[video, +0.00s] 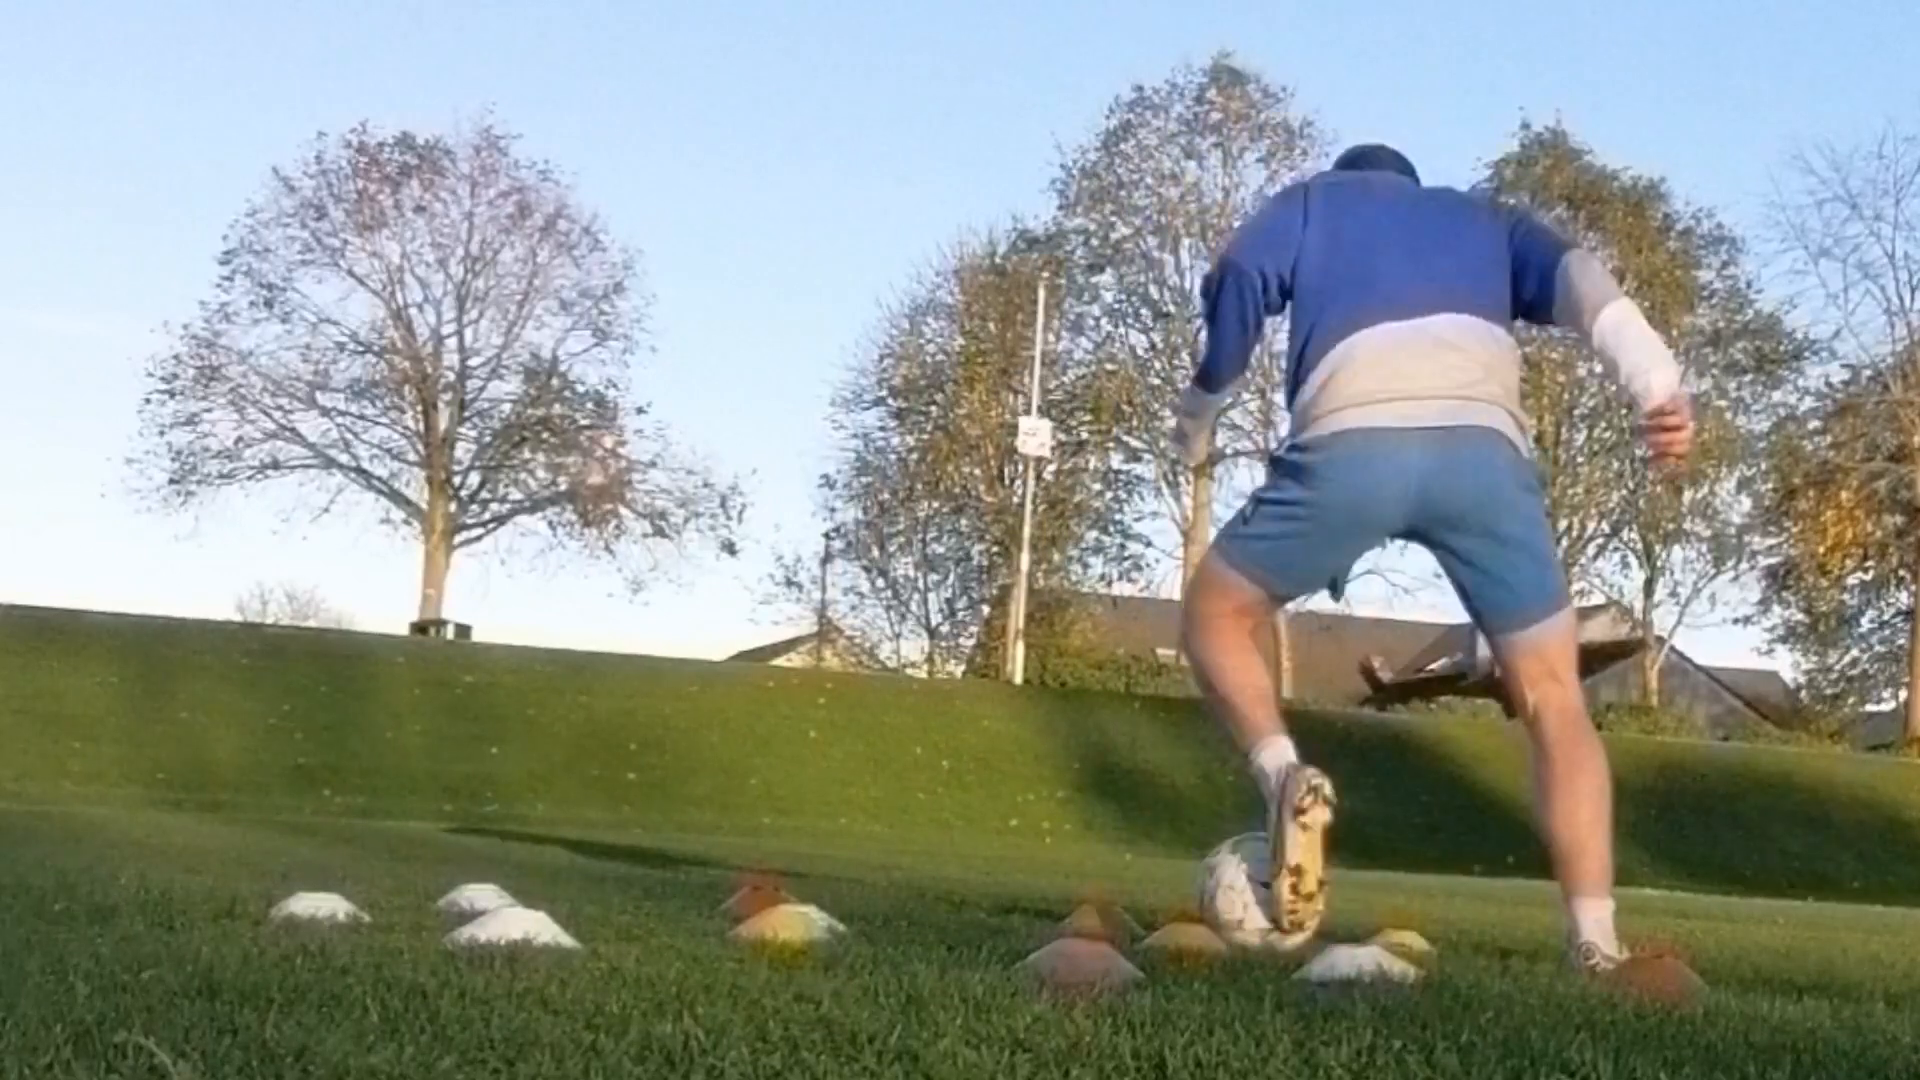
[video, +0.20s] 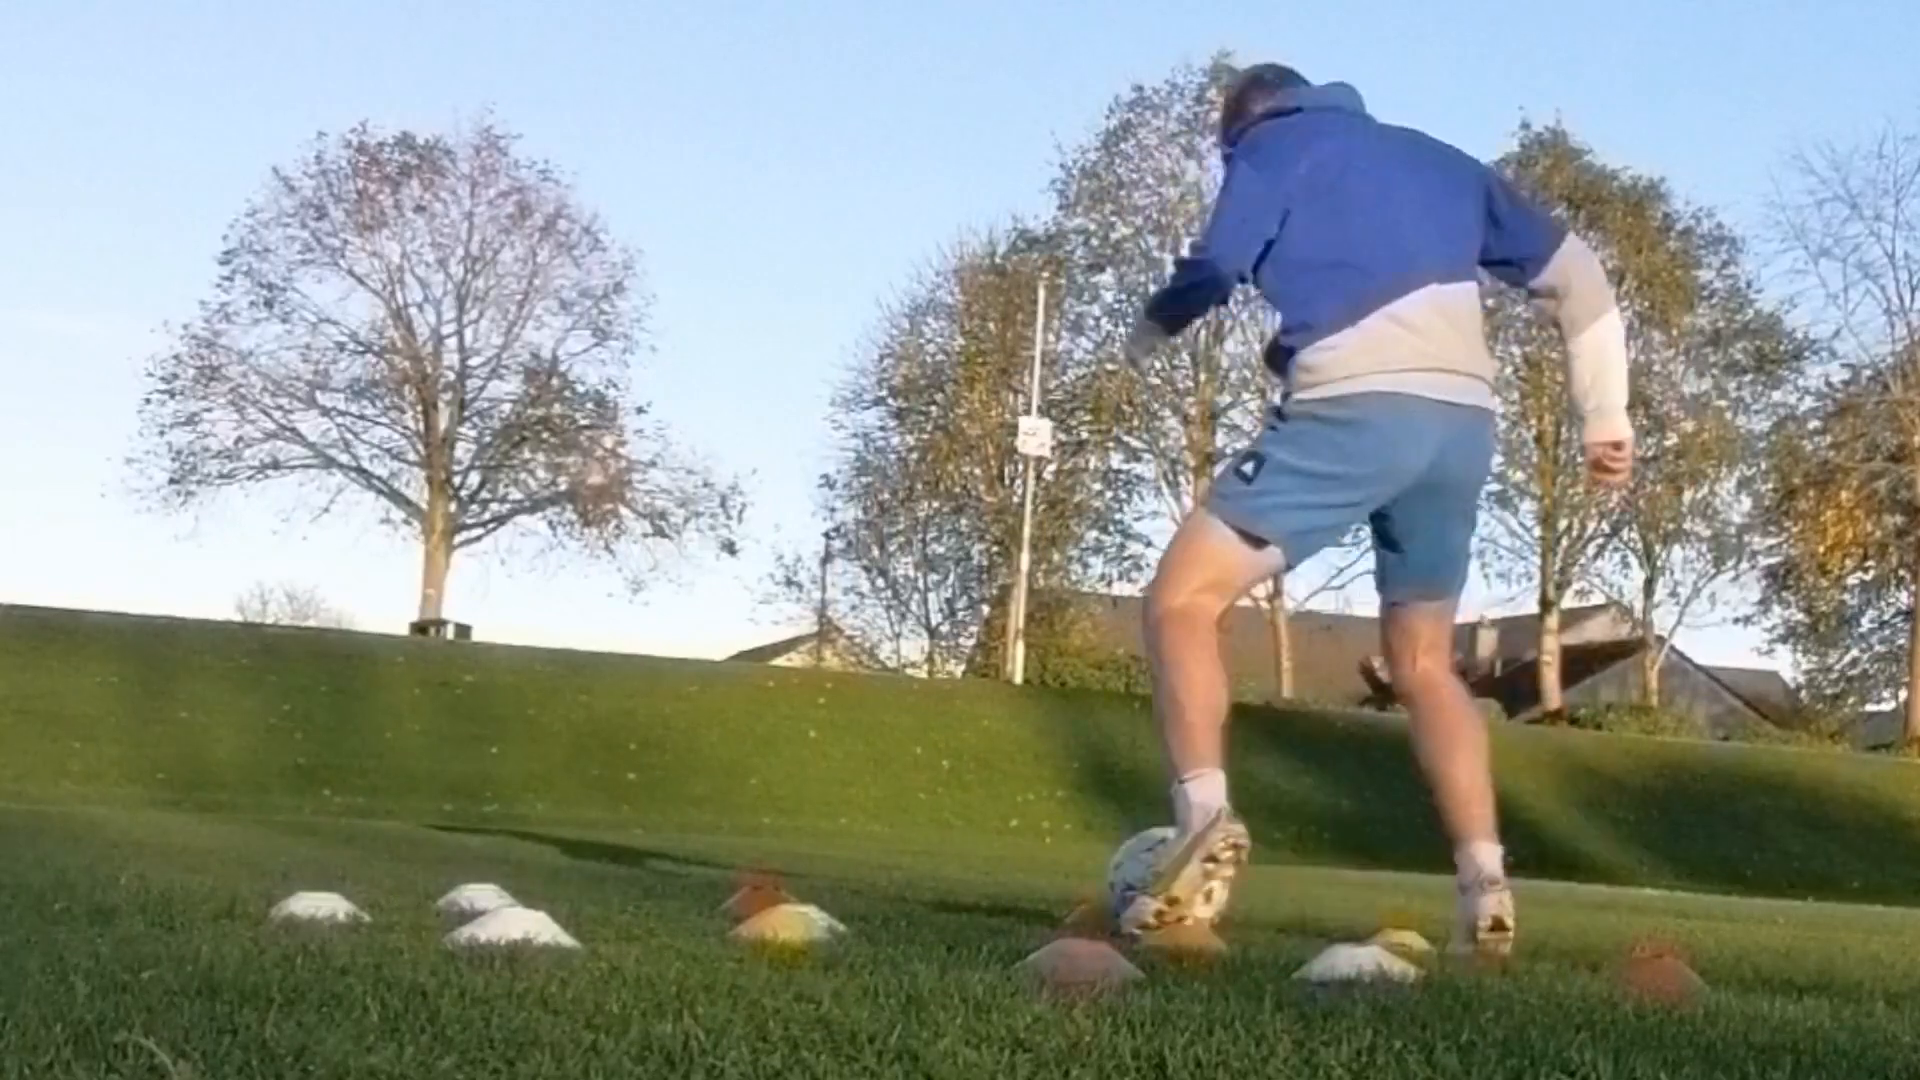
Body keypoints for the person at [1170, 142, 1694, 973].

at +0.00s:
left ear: (1334, 177)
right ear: (1415, 183)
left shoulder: (1302, 203)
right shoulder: (1484, 215)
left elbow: (1242, 272)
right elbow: (1585, 276)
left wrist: (1198, 407)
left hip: (1348, 454)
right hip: (1484, 455)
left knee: (1217, 611)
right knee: (1554, 697)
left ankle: (1284, 780)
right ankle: (1597, 945)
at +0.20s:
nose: (1227, 153)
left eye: (1230, 139)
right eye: (1226, 141)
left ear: (1252, 118)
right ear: (1320, 104)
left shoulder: (1269, 147)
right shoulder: (1440, 158)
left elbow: (1217, 266)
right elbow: (1577, 271)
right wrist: (1606, 413)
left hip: (1353, 412)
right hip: (1466, 423)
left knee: (1182, 600)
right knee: (1426, 662)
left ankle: (1204, 824)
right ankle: (1487, 888)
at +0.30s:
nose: (1178, 161)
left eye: (1173, 140)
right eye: (1169, 147)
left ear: (1202, 104)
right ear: (1236, 90)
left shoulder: (1262, 130)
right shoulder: (1367, 155)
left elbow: (1327, 246)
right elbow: (1483, 258)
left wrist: (1228, 379)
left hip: (1345, 412)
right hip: (1440, 428)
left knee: (1166, 584)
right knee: (1393, 673)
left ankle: (1089, 828)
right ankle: (1485, 893)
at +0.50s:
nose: (1097, 173)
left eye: (1092, 155)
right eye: (1090, 161)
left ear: (1112, 118)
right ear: (1154, 97)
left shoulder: (1176, 149)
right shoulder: (1298, 173)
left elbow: (1257, 252)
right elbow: (1355, 317)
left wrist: (1163, 383)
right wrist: (1323, 402)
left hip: (1237, 445)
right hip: (1336, 453)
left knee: (1170, 675)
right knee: (1337, 647)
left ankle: (1248, 893)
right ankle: (1390, 863)